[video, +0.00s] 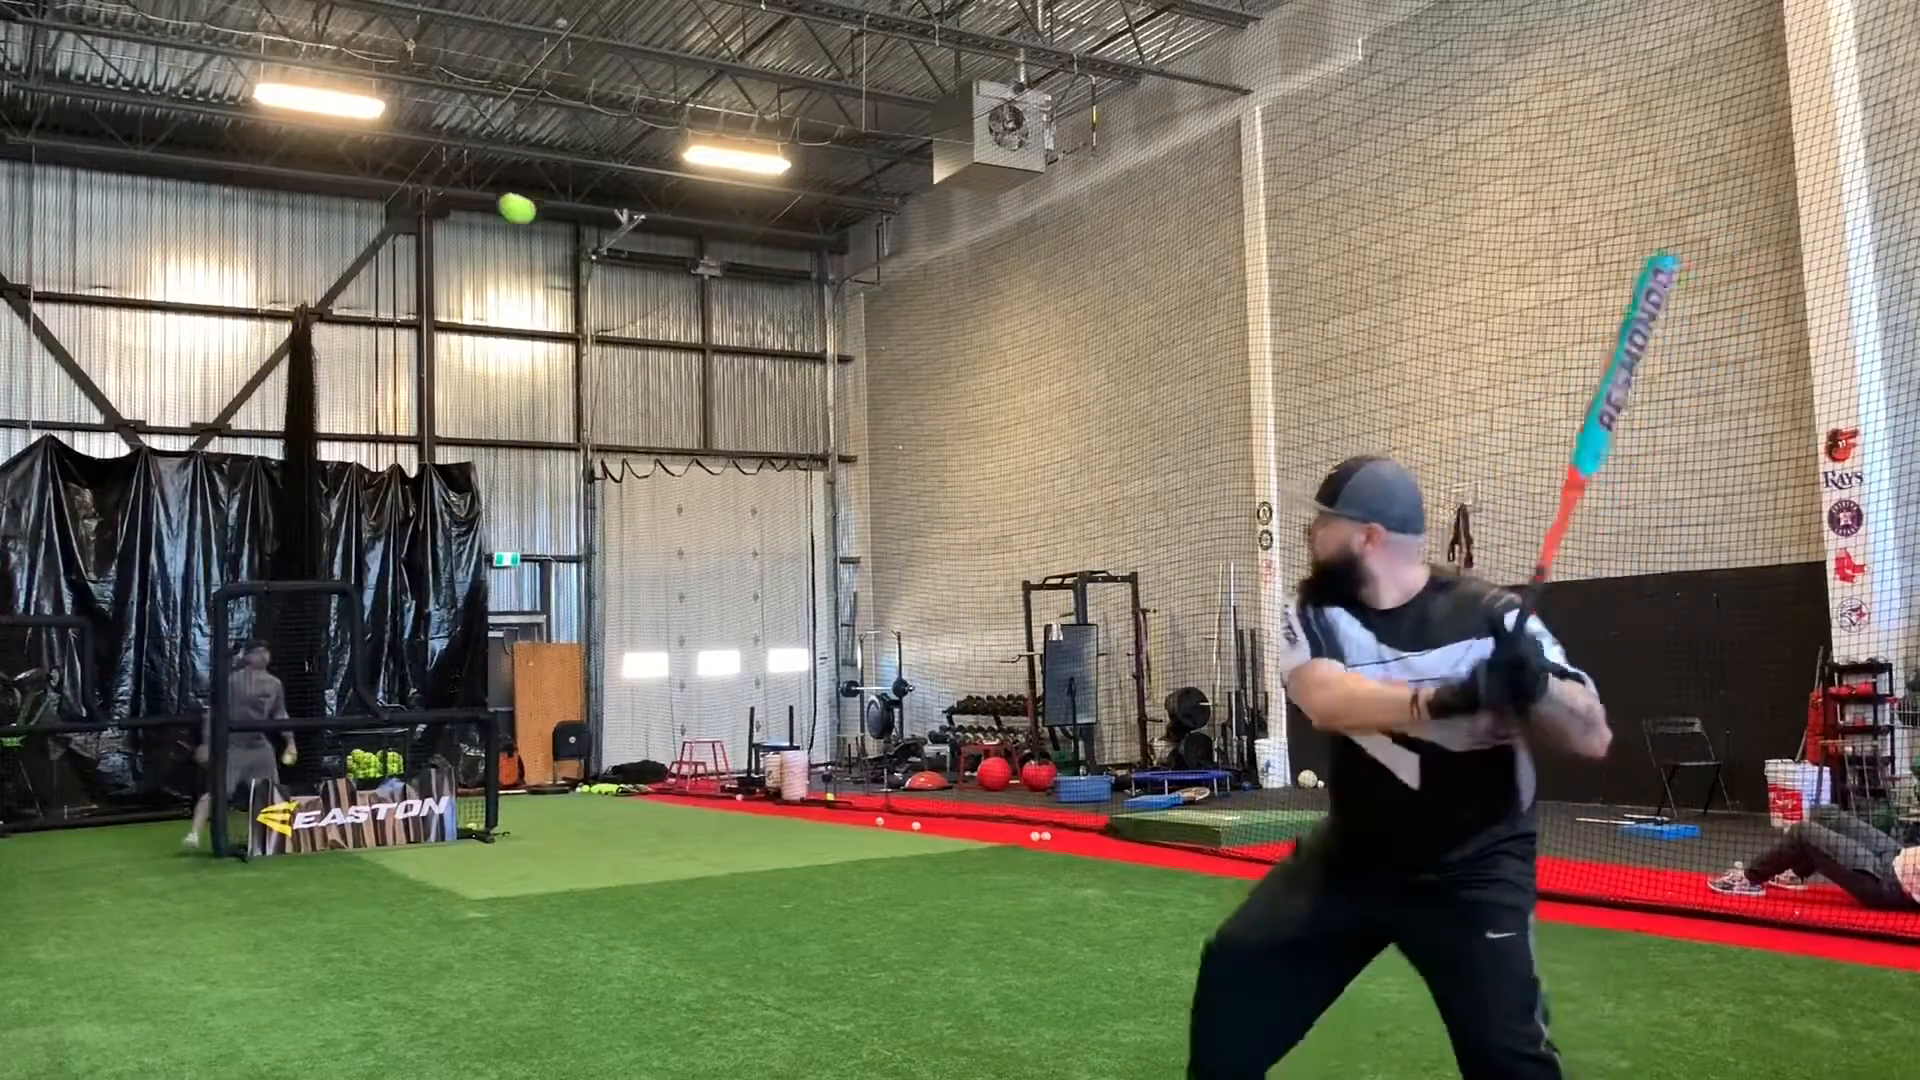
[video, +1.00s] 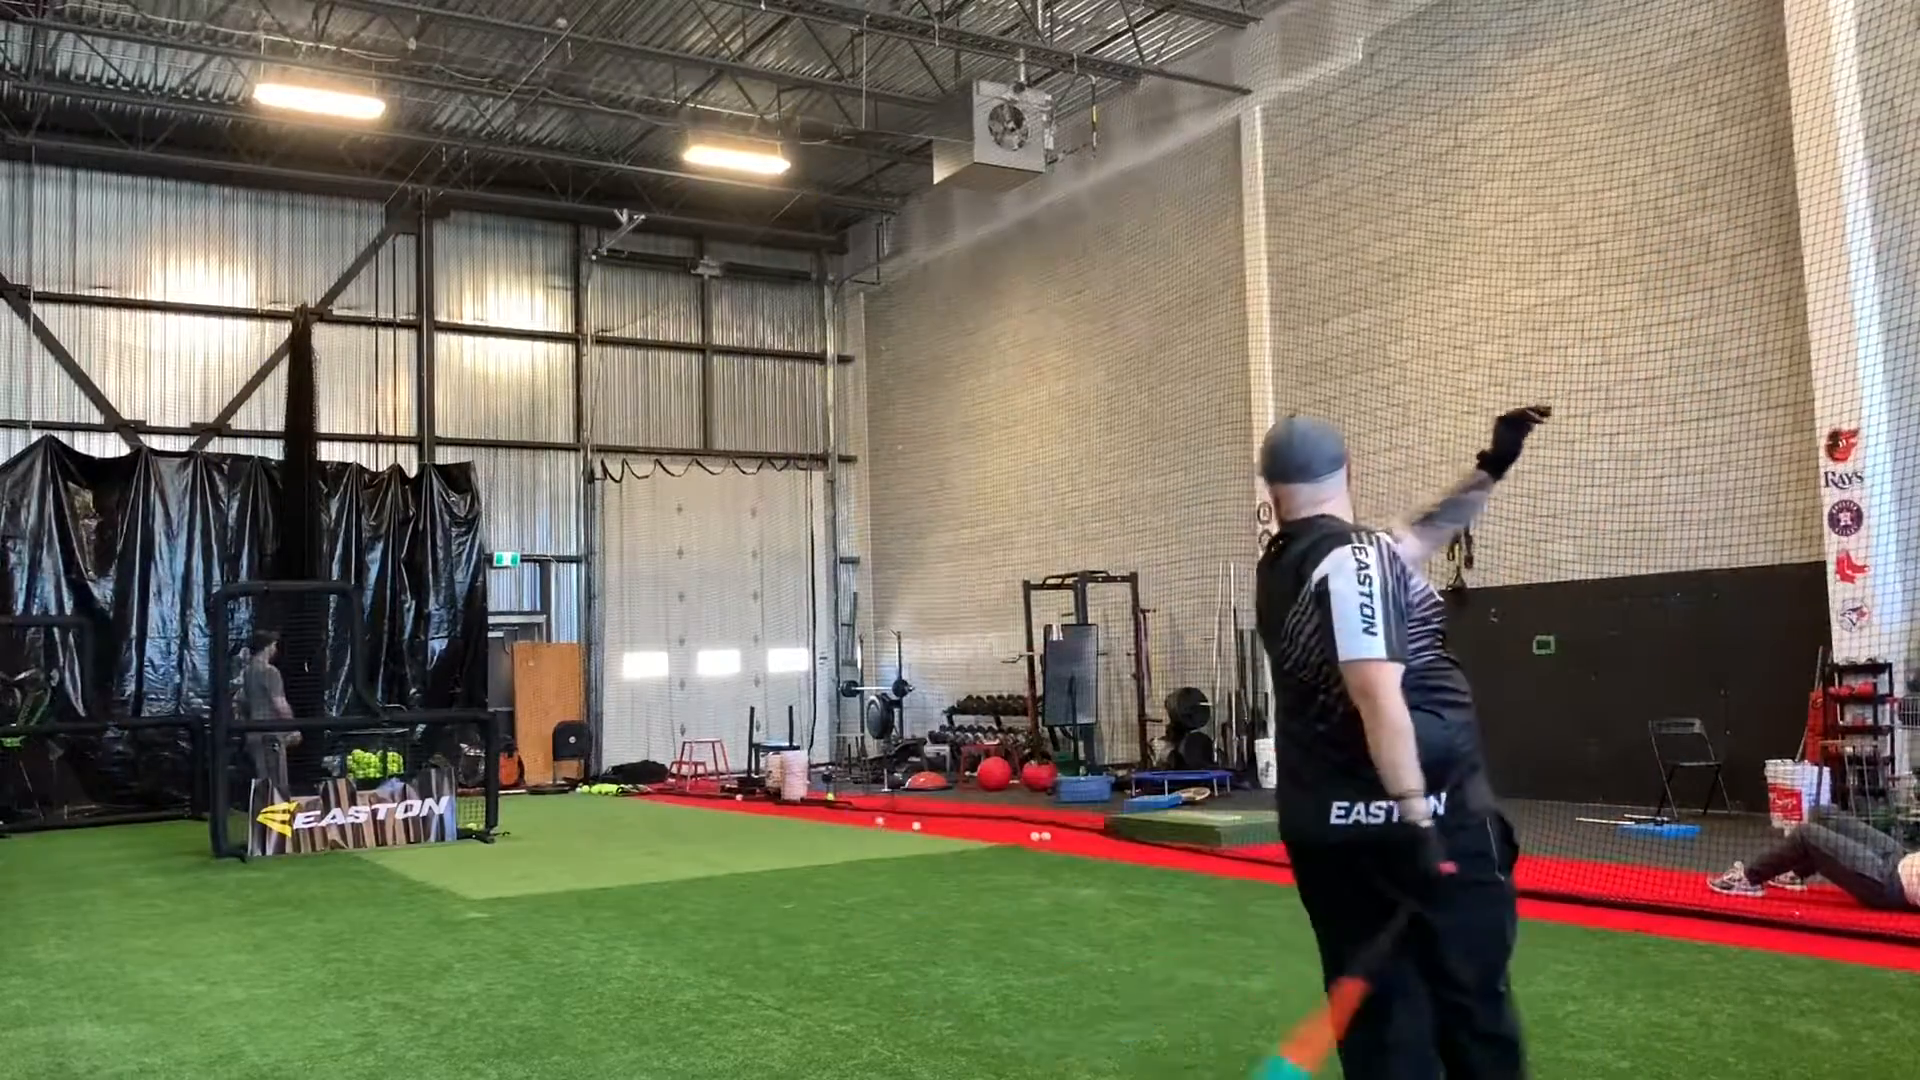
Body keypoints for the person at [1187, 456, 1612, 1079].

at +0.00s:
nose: (1312, 533)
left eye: (1324, 519)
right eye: (1316, 520)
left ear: (1370, 536)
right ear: (1365, 537)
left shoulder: (1491, 613)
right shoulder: (1314, 613)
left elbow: (1592, 737)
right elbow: (1322, 703)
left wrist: (1534, 692)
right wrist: (1443, 700)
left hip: (1472, 871)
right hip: (1350, 859)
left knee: (1505, 1050)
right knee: (1237, 966)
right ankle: (1219, 1074)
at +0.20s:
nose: (1254, 559)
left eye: (1269, 553)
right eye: (1260, 550)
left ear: (1306, 574)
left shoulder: (1372, 666)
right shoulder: (1257, 627)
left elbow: (1360, 784)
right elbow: (1223, 633)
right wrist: (1312, 616)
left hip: (1360, 898)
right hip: (1296, 891)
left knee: (1343, 1060)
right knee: (1232, 988)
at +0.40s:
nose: (1219, 573)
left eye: (1220, 563)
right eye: (1217, 561)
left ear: (1239, 570)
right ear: (1298, 549)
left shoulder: (1216, 640)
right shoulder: (1376, 592)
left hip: (1286, 874)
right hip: (1383, 868)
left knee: (1260, 1043)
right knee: (1289, 1030)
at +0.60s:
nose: (1223, 537)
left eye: (1222, 529)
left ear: (1228, 539)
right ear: (1297, 520)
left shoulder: (1223, 610)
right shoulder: (1351, 580)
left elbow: (1323, 557)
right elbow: (1467, 635)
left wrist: (1407, 504)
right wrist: (1588, 652)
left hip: (1289, 855)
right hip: (1393, 848)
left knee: (1334, 1044)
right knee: (1315, 1038)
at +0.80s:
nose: (1260, 516)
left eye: (1259, 506)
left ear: (1262, 515)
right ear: (1336, 497)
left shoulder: (1269, 584)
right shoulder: (1365, 552)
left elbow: (1370, 528)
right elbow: (1366, 655)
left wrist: (1426, 461)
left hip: (1326, 844)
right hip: (1421, 845)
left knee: (1348, 1042)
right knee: (1390, 1039)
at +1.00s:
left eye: (1271, 482)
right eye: (1350, 467)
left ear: (1270, 491)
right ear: (1348, 472)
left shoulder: (1281, 565)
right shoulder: (1358, 558)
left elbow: (1419, 538)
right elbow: (1374, 689)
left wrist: (1490, 469)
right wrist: (1420, 821)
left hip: (1329, 831)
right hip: (1424, 824)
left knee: (1376, 1023)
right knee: (1473, 1015)